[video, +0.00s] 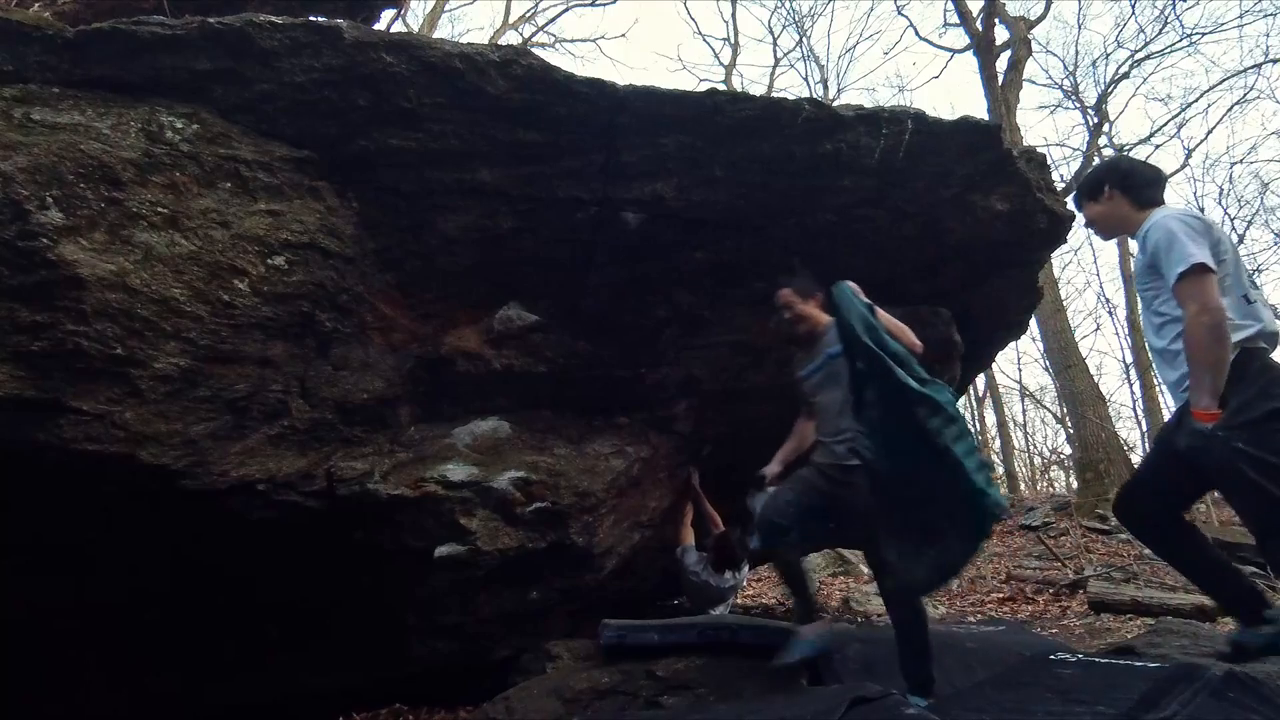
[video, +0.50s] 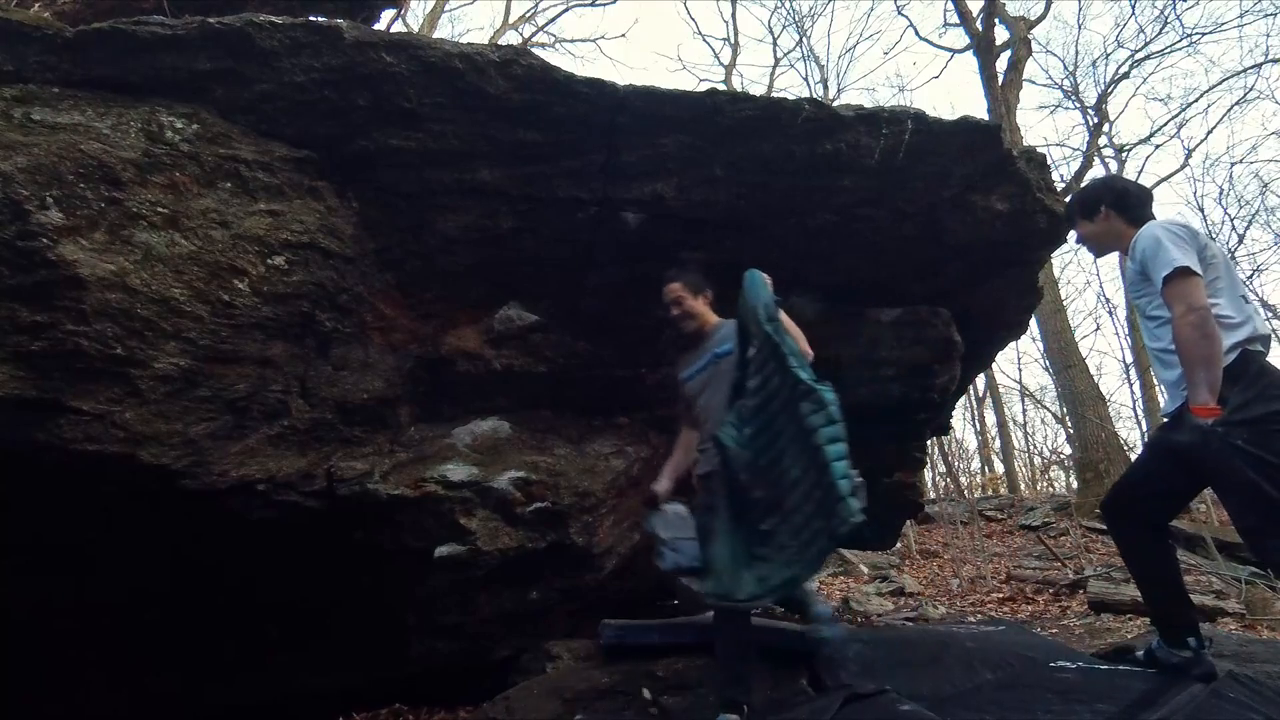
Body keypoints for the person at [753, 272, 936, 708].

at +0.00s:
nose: (787, 318)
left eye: (791, 307)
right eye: (781, 312)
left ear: (817, 301)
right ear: (783, 318)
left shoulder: (850, 330)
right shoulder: (805, 362)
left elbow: (913, 346)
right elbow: (811, 418)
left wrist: (867, 306)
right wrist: (778, 463)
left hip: (871, 475)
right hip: (824, 474)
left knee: (898, 593)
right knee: (772, 519)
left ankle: (921, 693)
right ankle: (809, 619)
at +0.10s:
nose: (766, 316)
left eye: (770, 305)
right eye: (760, 312)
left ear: (794, 300)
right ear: (760, 320)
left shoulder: (831, 325)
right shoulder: (785, 363)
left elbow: (890, 342)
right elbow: (790, 422)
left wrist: (844, 299)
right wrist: (759, 468)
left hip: (858, 472)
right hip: (804, 473)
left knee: (887, 582)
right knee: (759, 538)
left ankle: (920, 692)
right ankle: (747, 649)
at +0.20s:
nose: (744, 318)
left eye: (748, 308)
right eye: (738, 313)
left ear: (774, 301)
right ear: (741, 318)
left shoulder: (810, 329)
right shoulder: (761, 367)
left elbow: (869, 344)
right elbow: (767, 428)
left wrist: (827, 301)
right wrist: (740, 474)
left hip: (833, 477)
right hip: (782, 483)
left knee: (873, 586)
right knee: (751, 571)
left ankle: (915, 691)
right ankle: (731, 683)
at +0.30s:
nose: (719, 318)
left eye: (723, 308)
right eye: (713, 313)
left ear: (749, 302)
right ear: (713, 319)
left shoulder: (784, 335)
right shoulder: (734, 369)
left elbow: (844, 352)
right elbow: (743, 432)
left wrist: (805, 306)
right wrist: (717, 480)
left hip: (805, 481)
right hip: (754, 488)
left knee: (847, 587)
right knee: (746, 598)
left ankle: (907, 683)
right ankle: (736, 704)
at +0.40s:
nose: (695, 316)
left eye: (700, 305)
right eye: (689, 311)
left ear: (725, 301)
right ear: (688, 317)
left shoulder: (763, 337)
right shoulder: (708, 371)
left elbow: (819, 374)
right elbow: (716, 434)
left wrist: (791, 319)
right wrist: (693, 480)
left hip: (779, 482)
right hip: (729, 489)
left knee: (806, 584)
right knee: (735, 601)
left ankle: (874, 652)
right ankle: (736, 703)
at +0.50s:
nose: (675, 312)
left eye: (680, 302)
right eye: (669, 306)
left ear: (705, 297)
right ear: (670, 312)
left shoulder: (743, 332)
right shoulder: (687, 368)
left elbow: (802, 356)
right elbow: (693, 426)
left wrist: (772, 310)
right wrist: (668, 476)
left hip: (765, 475)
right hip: (715, 484)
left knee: (784, 580)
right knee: (727, 593)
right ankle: (732, 700)